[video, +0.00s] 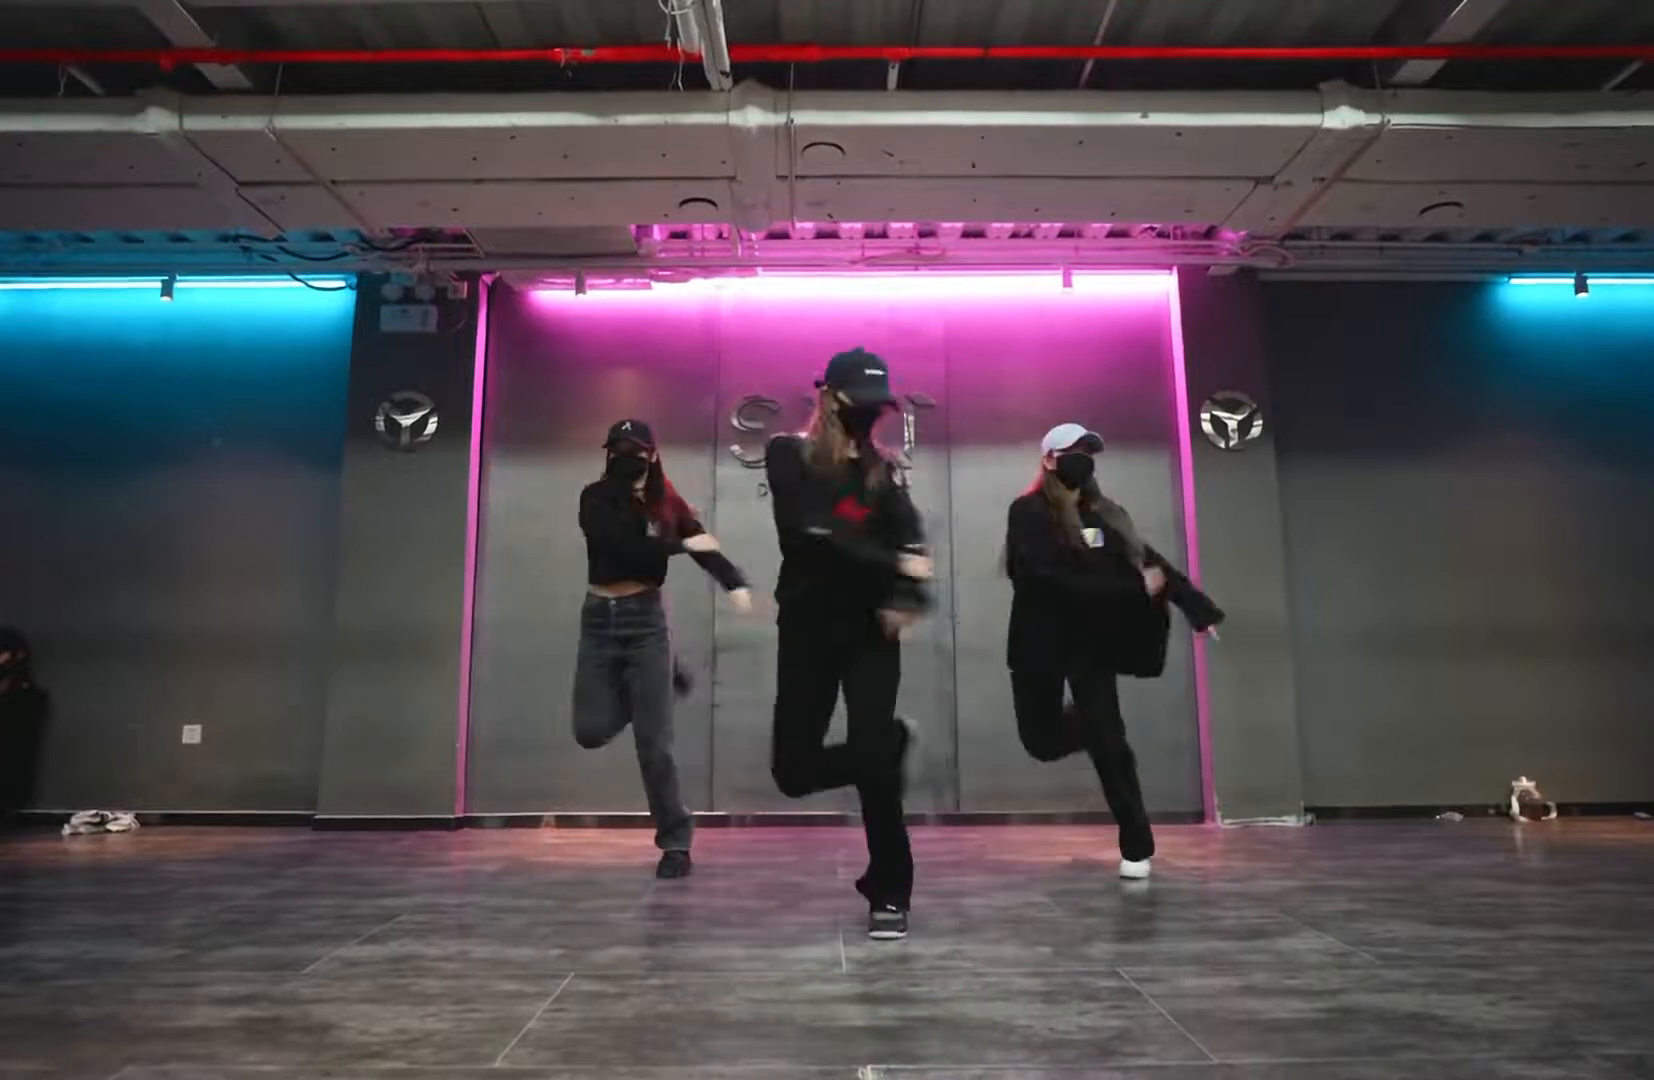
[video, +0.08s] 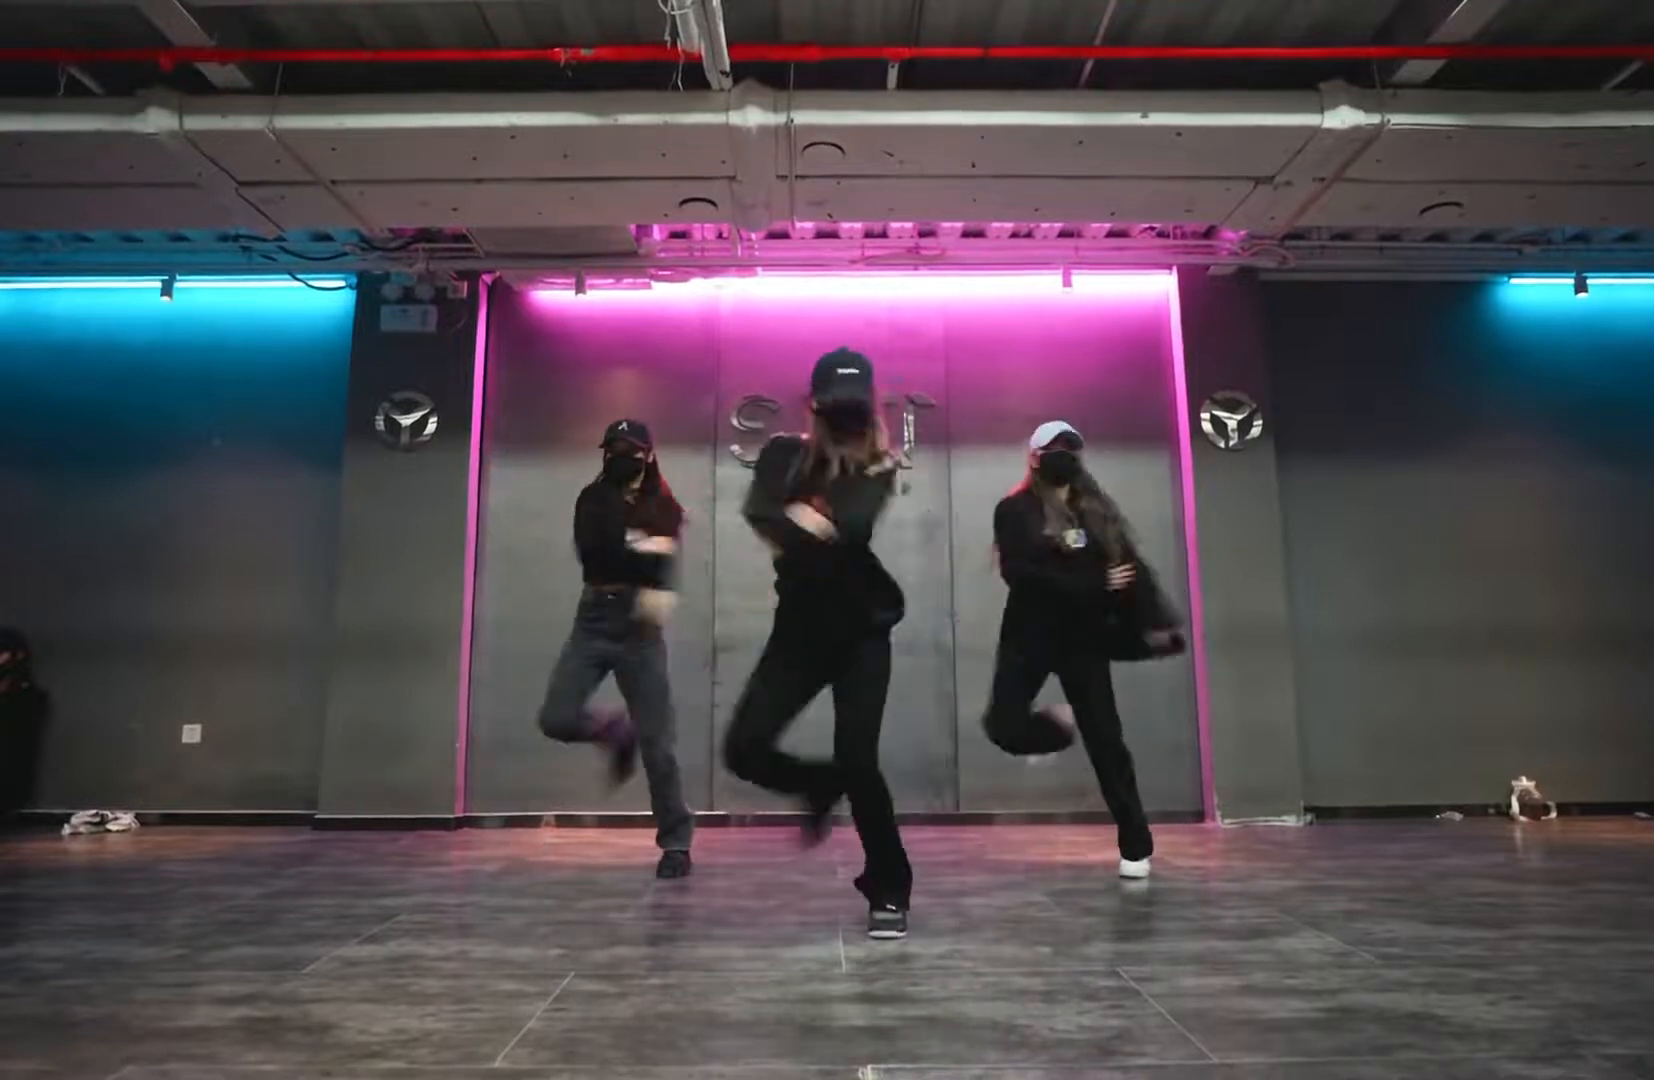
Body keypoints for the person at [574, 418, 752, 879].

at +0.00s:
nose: (627, 460)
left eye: (635, 453)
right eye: (619, 453)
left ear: (651, 456)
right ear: (608, 456)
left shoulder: (665, 501)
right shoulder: (595, 497)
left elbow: (700, 544)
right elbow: (614, 547)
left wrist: (735, 583)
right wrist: (673, 544)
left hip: (646, 622)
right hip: (598, 621)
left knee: (653, 744)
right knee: (590, 731)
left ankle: (674, 845)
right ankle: (658, 679)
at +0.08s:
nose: (620, 463)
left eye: (629, 455)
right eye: (613, 454)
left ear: (647, 457)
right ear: (604, 456)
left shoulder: (661, 507)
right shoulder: (592, 499)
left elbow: (664, 562)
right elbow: (592, 559)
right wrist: (648, 555)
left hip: (641, 625)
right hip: (594, 619)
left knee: (656, 743)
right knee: (556, 720)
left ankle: (675, 845)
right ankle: (620, 733)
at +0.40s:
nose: (553, 470)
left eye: (561, 462)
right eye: (551, 463)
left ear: (584, 462)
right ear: (551, 465)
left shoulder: (598, 499)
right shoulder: (550, 505)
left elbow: (553, 514)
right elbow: (507, 543)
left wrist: (513, 495)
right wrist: (502, 501)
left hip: (598, 628)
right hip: (554, 631)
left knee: (631, 736)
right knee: (497, 730)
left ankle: (670, 834)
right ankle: (503, 842)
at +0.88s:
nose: (599, 453)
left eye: (602, 446)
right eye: (589, 446)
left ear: (608, 459)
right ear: (570, 460)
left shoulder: (629, 492)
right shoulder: (561, 507)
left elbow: (667, 456)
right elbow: (508, 516)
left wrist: (629, 432)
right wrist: (516, 462)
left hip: (629, 626)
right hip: (578, 628)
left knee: (649, 746)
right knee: (525, 733)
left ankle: (676, 847)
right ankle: (504, 842)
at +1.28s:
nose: (631, 444)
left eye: (639, 436)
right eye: (623, 437)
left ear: (656, 437)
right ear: (613, 441)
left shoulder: (679, 486)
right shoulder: (606, 482)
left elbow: (692, 549)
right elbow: (547, 485)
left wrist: (696, 607)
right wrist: (559, 434)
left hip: (668, 601)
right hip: (617, 601)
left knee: (667, 726)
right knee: (612, 725)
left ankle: (675, 837)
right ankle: (630, 827)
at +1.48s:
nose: (634, 410)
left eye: (642, 403)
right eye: (626, 403)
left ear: (658, 405)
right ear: (615, 408)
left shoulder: (678, 442)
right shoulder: (607, 448)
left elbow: (717, 493)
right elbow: (549, 458)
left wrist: (702, 553)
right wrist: (560, 407)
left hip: (670, 572)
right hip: (618, 572)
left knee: (672, 699)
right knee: (622, 700)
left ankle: (680, 809)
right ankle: (640, 803)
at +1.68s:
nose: (638, 458)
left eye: (646, 450)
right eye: (630, 450)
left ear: (659, 454)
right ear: (618, 454)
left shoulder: (675, 504)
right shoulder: (606, 504)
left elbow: (695, 568)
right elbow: (598, 566)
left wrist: (717, 613)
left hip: (665, 619)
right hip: (618, 619)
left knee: (669, 743)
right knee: (604, 740)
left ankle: (696, 836)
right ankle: (646, 822)